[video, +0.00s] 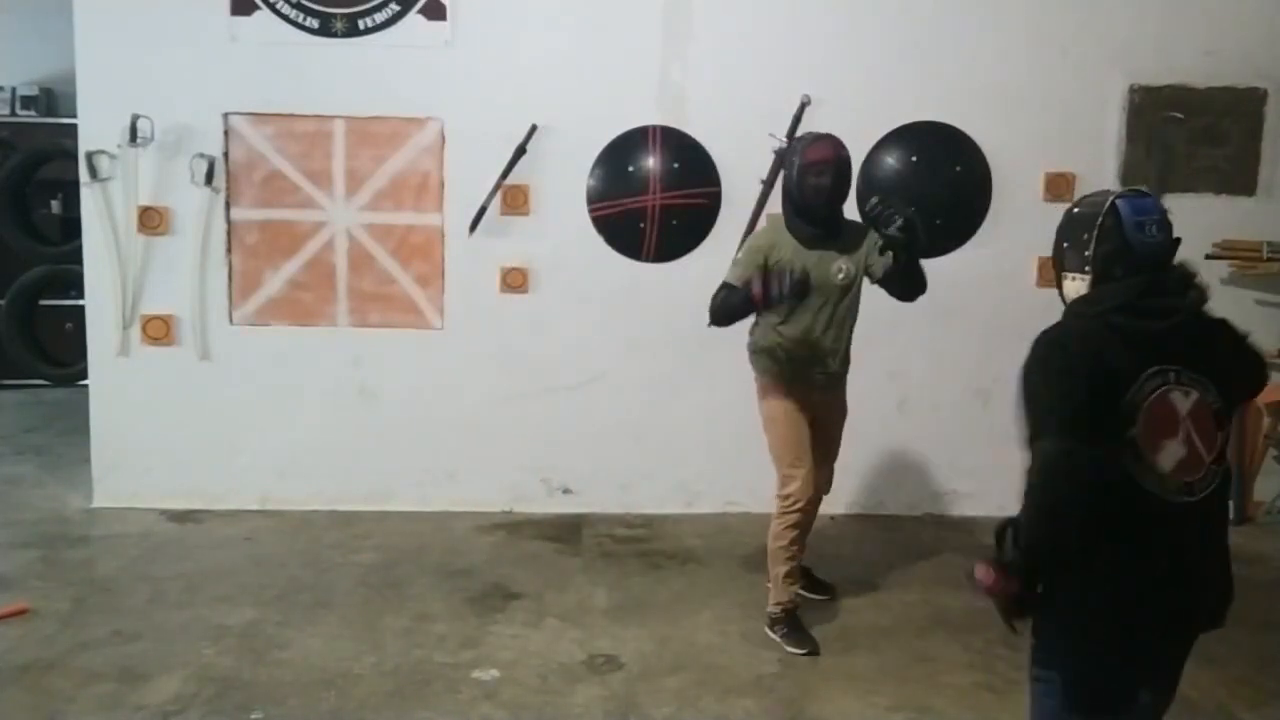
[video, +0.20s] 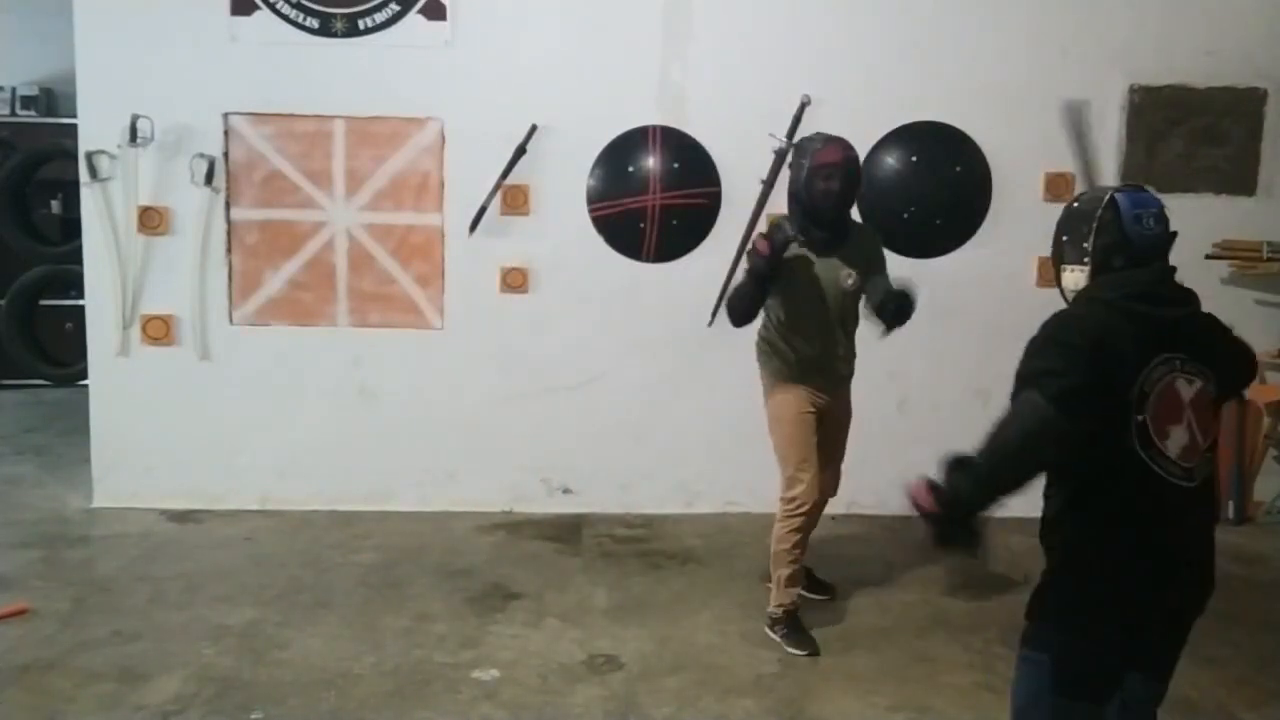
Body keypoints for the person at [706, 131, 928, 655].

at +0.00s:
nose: (824, 184)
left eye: (833, 173)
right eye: (813, 173)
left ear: (845, 180)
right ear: (792, 179)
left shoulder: (860, 240)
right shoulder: (769, 239)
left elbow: (911, 289)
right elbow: (720, 310)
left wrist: (903, 250)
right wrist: (762, 292)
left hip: (829, 380)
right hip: (778, 378)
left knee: (817, 484)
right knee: (798, 487)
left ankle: (792, 567)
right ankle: (780, 608)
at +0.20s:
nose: (836, 188)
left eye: (844, 177)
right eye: (824, 177)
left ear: (854, 184)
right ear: (799, 180)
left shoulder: (861, 240)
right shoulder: (776, 234)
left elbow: (887, 314)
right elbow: (737, 314)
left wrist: (897, 302)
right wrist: (763, 266)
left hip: (836, 381)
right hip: (788, 379)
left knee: (822, 488)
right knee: (802, 490)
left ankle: (793, 566)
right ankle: (781, 609)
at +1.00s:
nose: (868, 198)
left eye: (877, 189)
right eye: (859, 187)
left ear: (888, 194)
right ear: (839, 189)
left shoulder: (895, 242)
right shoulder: (813, 239)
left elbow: (908, 308)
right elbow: (768, 299)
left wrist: (891, 320)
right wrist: (808, 327)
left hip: (866, 371)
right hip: (819, 369)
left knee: (858, 469)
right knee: (836, 466)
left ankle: (829, 548)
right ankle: (824, 569)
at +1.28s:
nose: (865, 186)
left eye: (874, 177)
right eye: (856, 176)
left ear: (887, 183)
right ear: (838, 179)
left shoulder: (900, 239)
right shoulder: (814, 236)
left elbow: (922, 305)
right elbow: (771, 297)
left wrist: (907, 302)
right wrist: (802, 306)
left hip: (870, 370)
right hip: (823, 368)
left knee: (853, 468)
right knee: (836, 469)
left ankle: (828, 548)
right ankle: (829, 569)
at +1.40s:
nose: (865, 187)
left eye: (874, 177)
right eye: (856, 176)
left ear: (887, 184)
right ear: (838, 180)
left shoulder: (904, 239)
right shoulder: (814, 236)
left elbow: (934, 300)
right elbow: (774, 300)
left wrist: (915, 295)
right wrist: (809, 298)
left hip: (872, 369)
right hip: (824, 367)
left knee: (855, 467)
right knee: (836, 470)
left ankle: (828, 547)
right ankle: (829, 569)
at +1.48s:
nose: (863, 191)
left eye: (872, 181)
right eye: (854, 180)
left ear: (887, 188)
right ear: (838, 183)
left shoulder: (905, 241)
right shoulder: (815, 240)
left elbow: (932, 300)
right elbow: (777, 304)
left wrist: (910, 294)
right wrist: (807, 303)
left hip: (875, 366)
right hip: (827, 363)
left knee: (860, 461)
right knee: (838, 465)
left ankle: (838, 548)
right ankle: (828, 569)